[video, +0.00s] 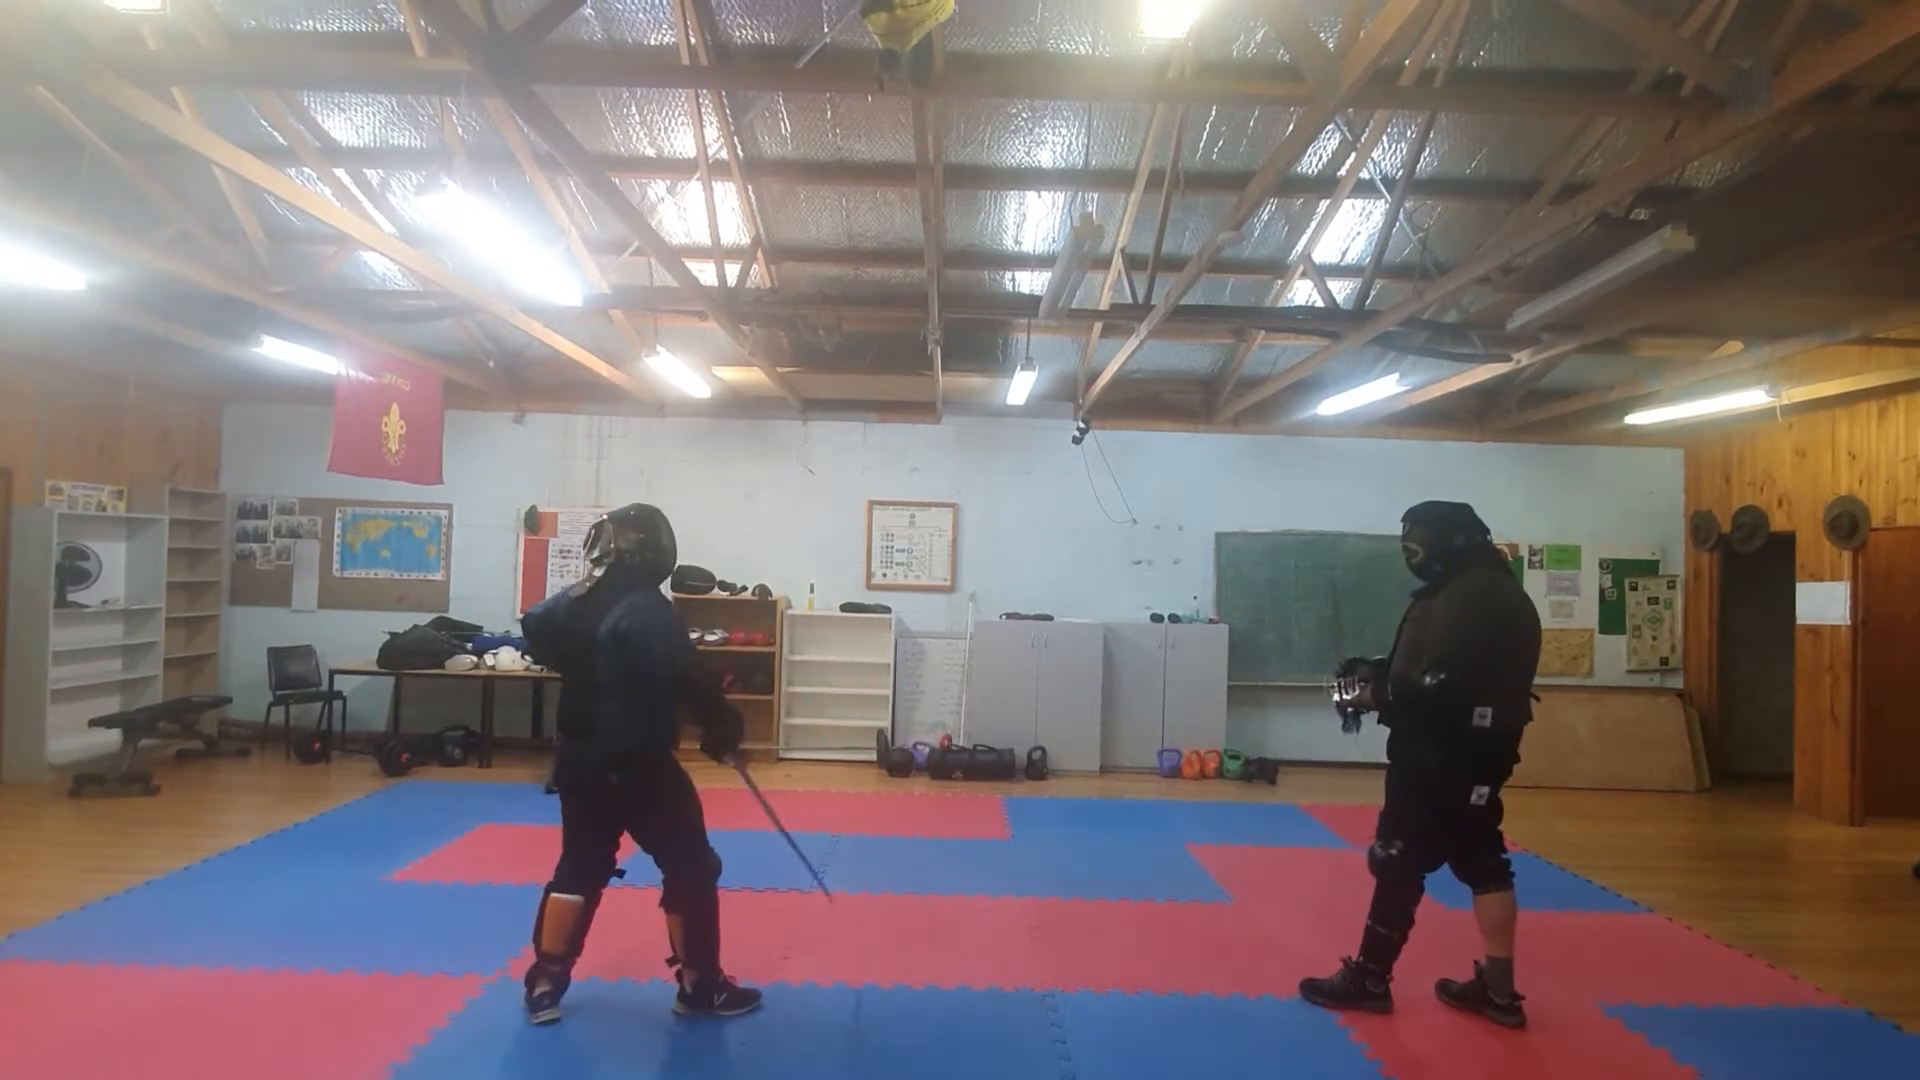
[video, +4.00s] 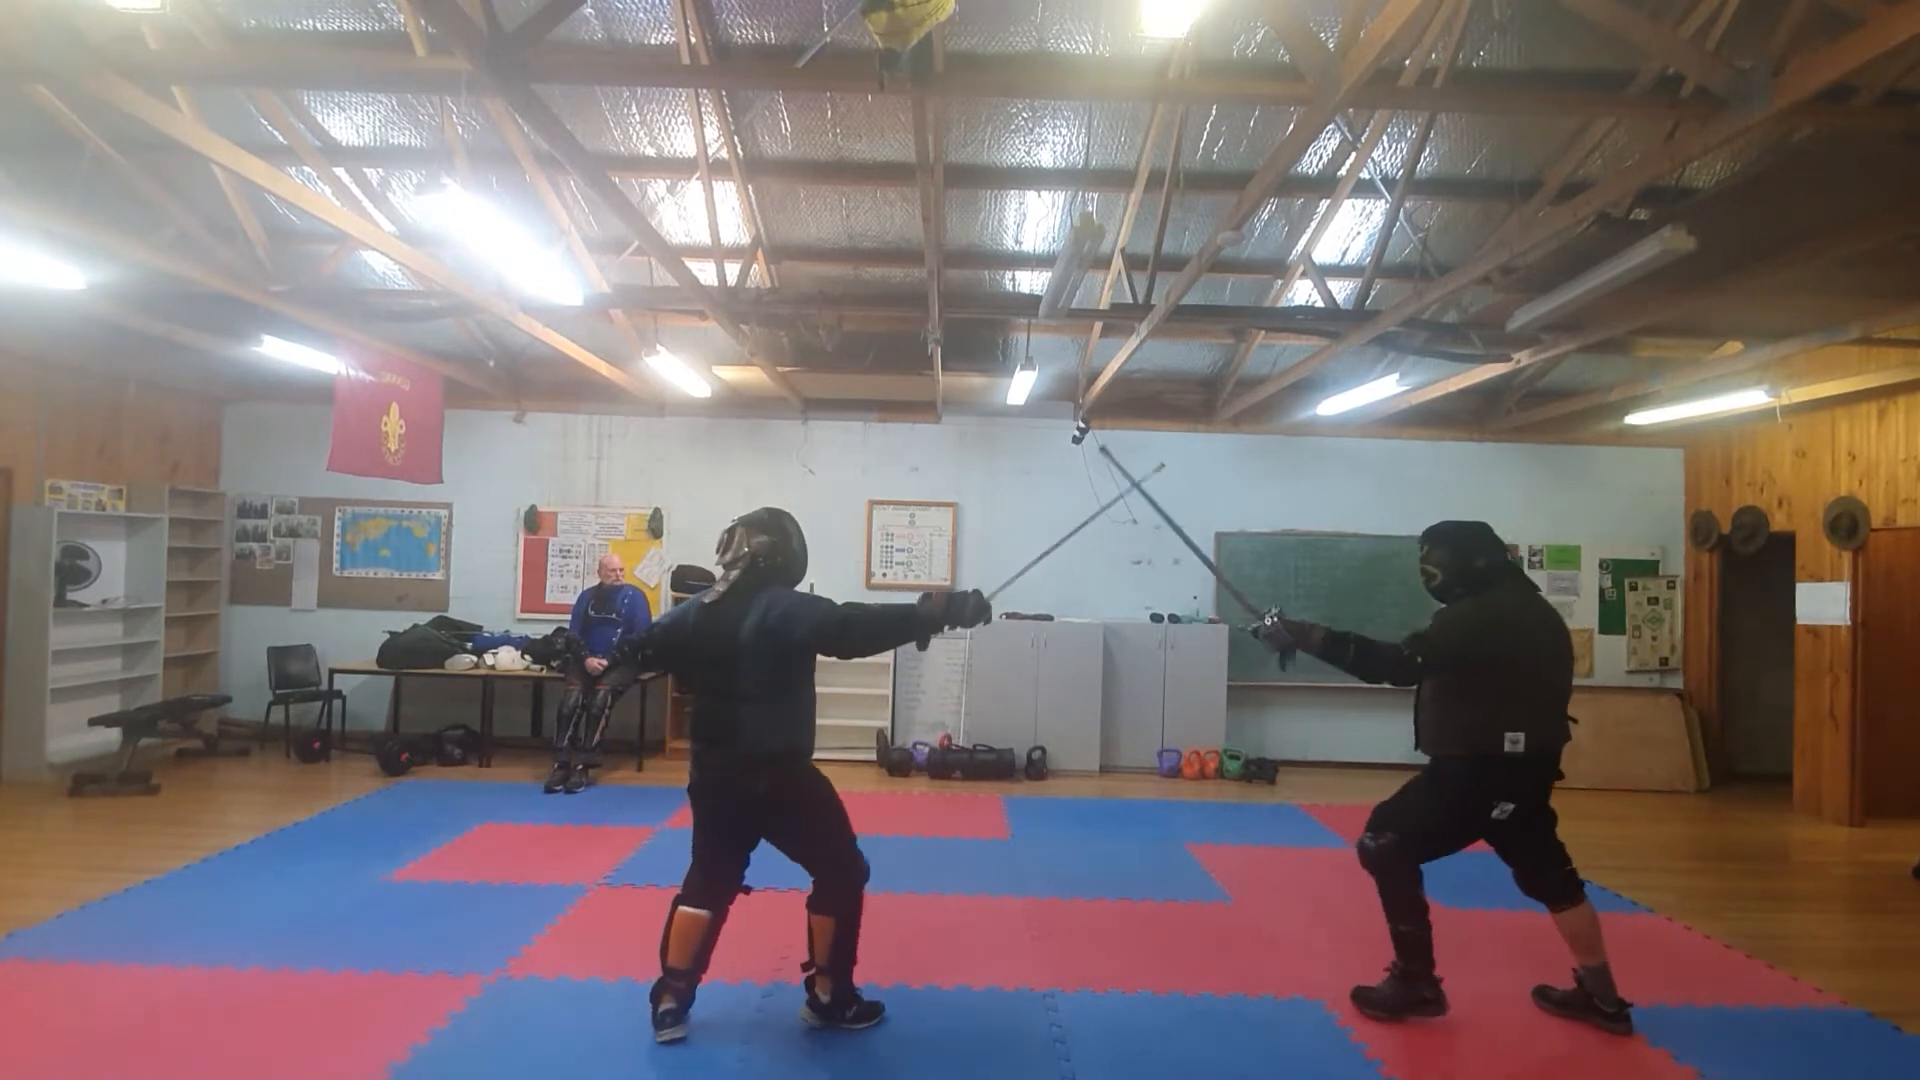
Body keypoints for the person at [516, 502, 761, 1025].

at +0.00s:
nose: (668, 559)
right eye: (666, 550)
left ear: (607, 549)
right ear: (657, 552)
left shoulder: (579, 603)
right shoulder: (650, 611)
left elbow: (534, 624)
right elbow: (687, 677)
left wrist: (584, 668)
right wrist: (724, 725)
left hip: (580, 768)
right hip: (644, 769)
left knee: (580, 865)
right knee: (691, 865)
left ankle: (546, 981)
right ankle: (700, 983)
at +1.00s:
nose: (668, 563)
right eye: (665, 554)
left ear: (603, 549)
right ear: (657, 555)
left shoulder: (569, 608)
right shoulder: (655, 613)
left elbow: (518, 624)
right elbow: (715, 660)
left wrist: (567, 596)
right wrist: (794, 642)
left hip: (583, 771)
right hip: (649, 770)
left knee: (578, 865)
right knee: (705, 858)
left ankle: (545, 982)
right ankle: (704, 980)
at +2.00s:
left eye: (650, 548)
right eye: (711, 555)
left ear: (650, 551)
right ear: (708, 556)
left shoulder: (615, 608)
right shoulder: (712, 613)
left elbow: (558, 636)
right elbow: (770, 660)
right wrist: (842, 647)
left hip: (632, 771)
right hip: (702, 771)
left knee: (622, 866)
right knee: (743, 864)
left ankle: (591, 986)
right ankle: (745, 984)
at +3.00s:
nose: (753, 561)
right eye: (750, 551)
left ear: (688, 555)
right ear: (740, 553)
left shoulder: (649, 610)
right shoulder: (744, 604)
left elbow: (601, 631)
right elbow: (808, 622)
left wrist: (655, 669)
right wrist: (888, 608)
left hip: (660, 773)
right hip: (731, 771)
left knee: (655, 872)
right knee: (770, 869)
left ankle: (625, 996)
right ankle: (771, 991)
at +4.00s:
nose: (798, 568)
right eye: (796, 558)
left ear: (730, 554)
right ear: (787, 559)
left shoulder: (693, 617)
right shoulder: (792, 611)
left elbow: (642, 649)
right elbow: (858, 627)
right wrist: (938, 610)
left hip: (715, 783)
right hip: (785, 782)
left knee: (708, 880)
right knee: (840, 871)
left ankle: (671, 999)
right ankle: (830, 997)